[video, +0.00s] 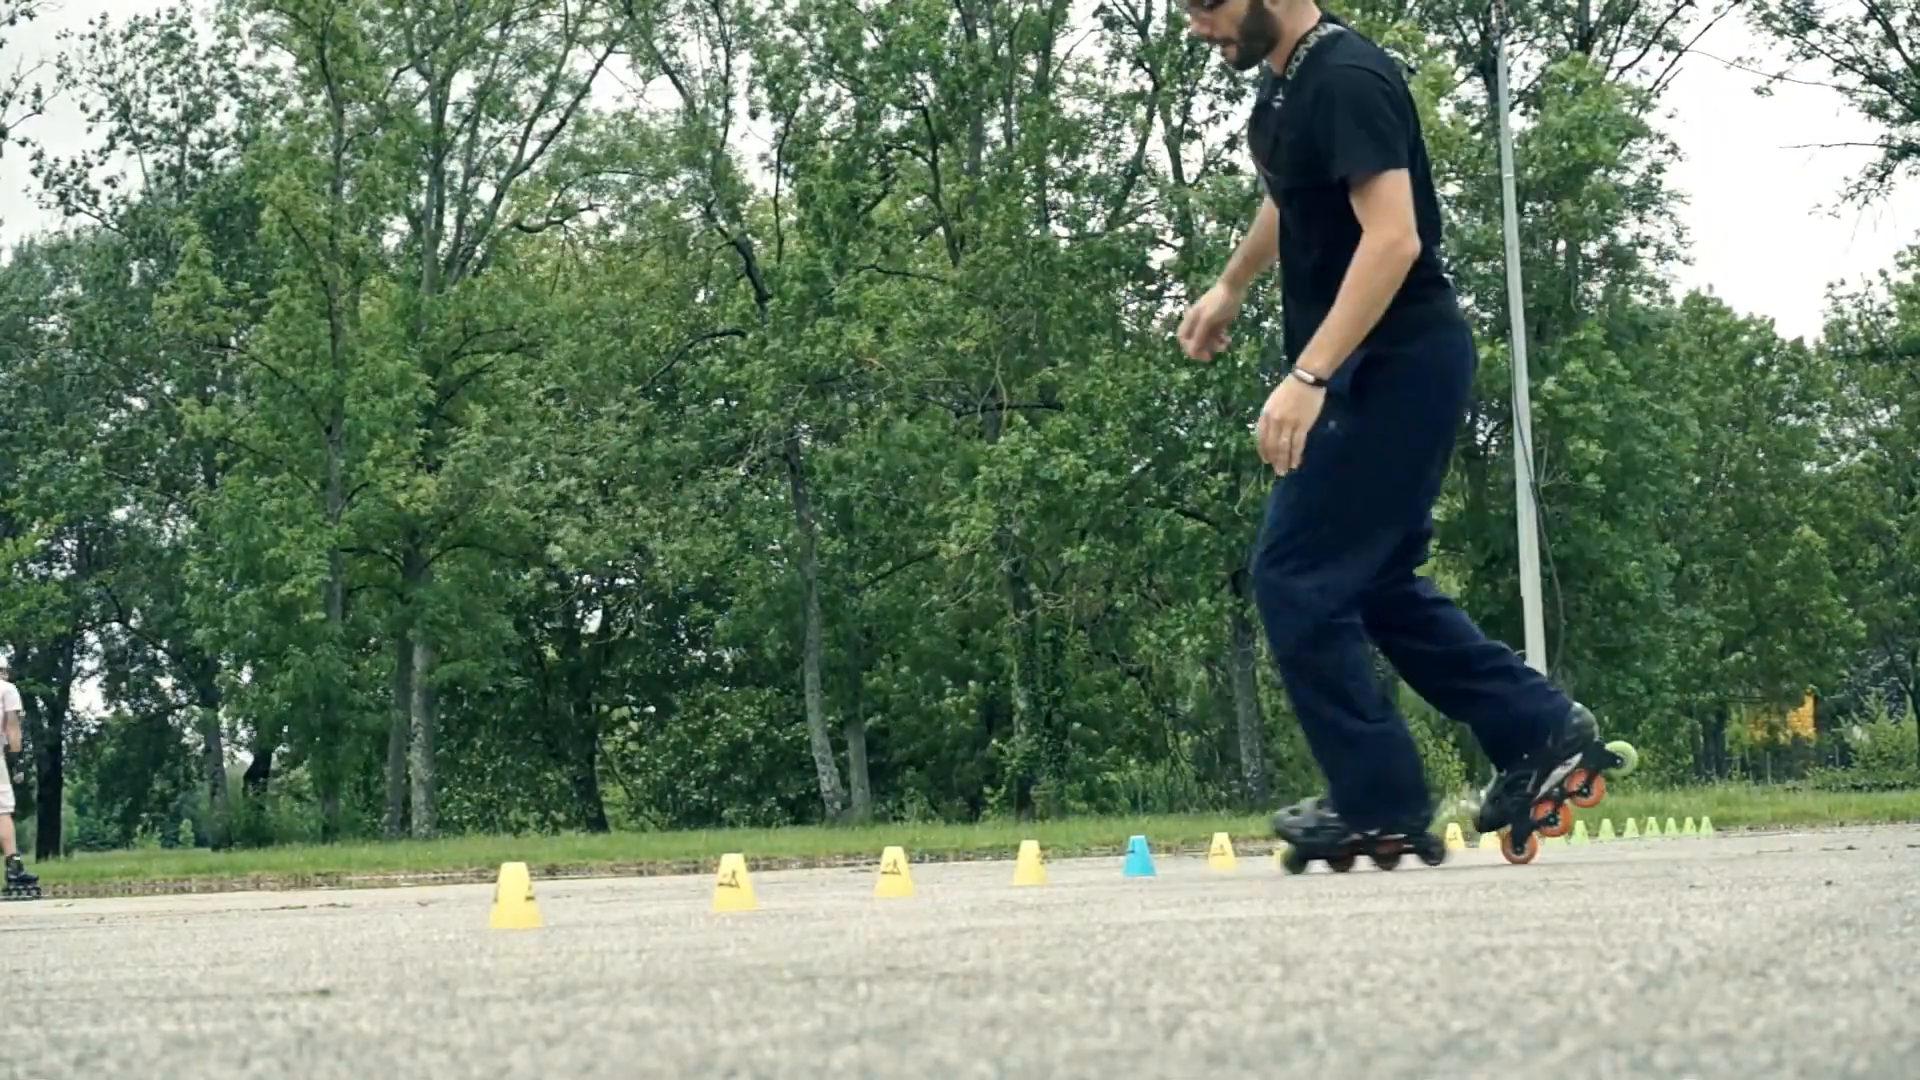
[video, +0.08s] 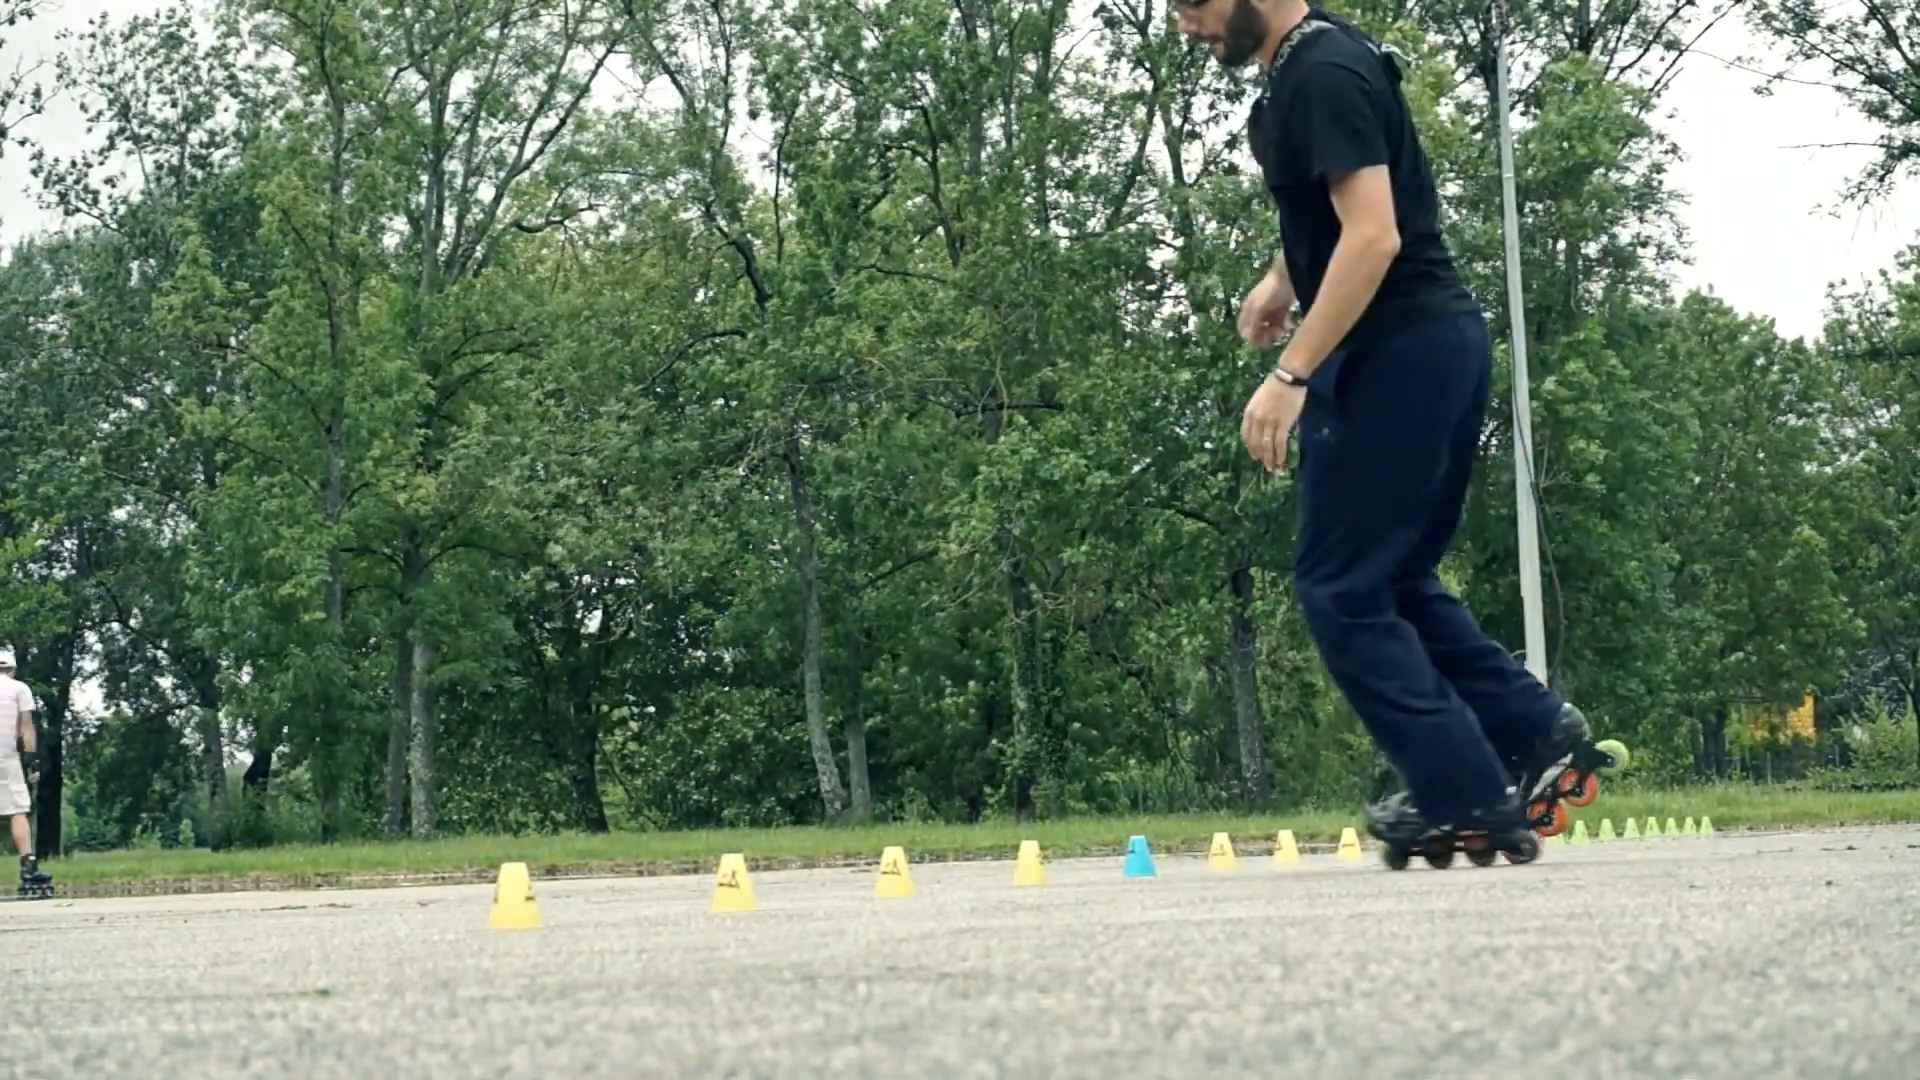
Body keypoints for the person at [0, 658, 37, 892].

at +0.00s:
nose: (5, 674)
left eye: (4, 671)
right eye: (4, 671)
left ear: (4, 672)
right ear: (4, 672)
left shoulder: (8, 690)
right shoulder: (8, 690)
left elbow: (12, 725)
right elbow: (12, 725)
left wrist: (16, 758)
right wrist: (16, 758)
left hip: (5, 757)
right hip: (2, 757)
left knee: (5, 810)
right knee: (5, 810)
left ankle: (13, 862)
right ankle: (13, 862)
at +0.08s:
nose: (11, 674)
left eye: (9, 670)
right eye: (11, 670)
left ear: (3, 669)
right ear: (11, 669)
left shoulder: (18, 690)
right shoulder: (18, 689)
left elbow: (26, 726)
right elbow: (27, 726)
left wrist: (32, 758)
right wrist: (32, 758)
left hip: (9, 758)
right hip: (6, 758)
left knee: (18, 811)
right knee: (18, 811)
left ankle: (28, 863)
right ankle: (28, 864)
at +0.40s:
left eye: (21, 668)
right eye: (36, 667)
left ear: (20, 669)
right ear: (40, 668)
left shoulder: (8, 694)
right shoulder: (55, 689)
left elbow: (3, 728)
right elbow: (67, 725)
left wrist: (8, 750)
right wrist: (72, 753)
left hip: (14, 757)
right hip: (47, 758)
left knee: (10, 814)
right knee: (58, 813)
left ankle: (1, 867)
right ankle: (73, 864)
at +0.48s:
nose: (18, 672)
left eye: (20, 668)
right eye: (19, 668)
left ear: (26, 668)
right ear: (42, 667)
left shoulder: (14, 693)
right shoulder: (62, 688)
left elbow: (10, 728)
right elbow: (73, 726)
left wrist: (17, 751)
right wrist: (78, 756)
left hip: (21, 757)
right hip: (53, 758)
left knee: (16, 814)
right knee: (63, 814)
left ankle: (5, 870)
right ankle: (80, 870)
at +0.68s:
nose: (24, 672)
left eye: (27, 668)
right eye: (25, 668)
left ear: (36, 668)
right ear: (47, 668)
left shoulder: (25, 693)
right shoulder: (70, 689)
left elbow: (17, 730)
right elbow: (82, 726)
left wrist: (22, 754)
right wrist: (86, 754)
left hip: (32, 757)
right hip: (64, 757)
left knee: (27, 814)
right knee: (73, 813)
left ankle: (17, 870)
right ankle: (87, 865)